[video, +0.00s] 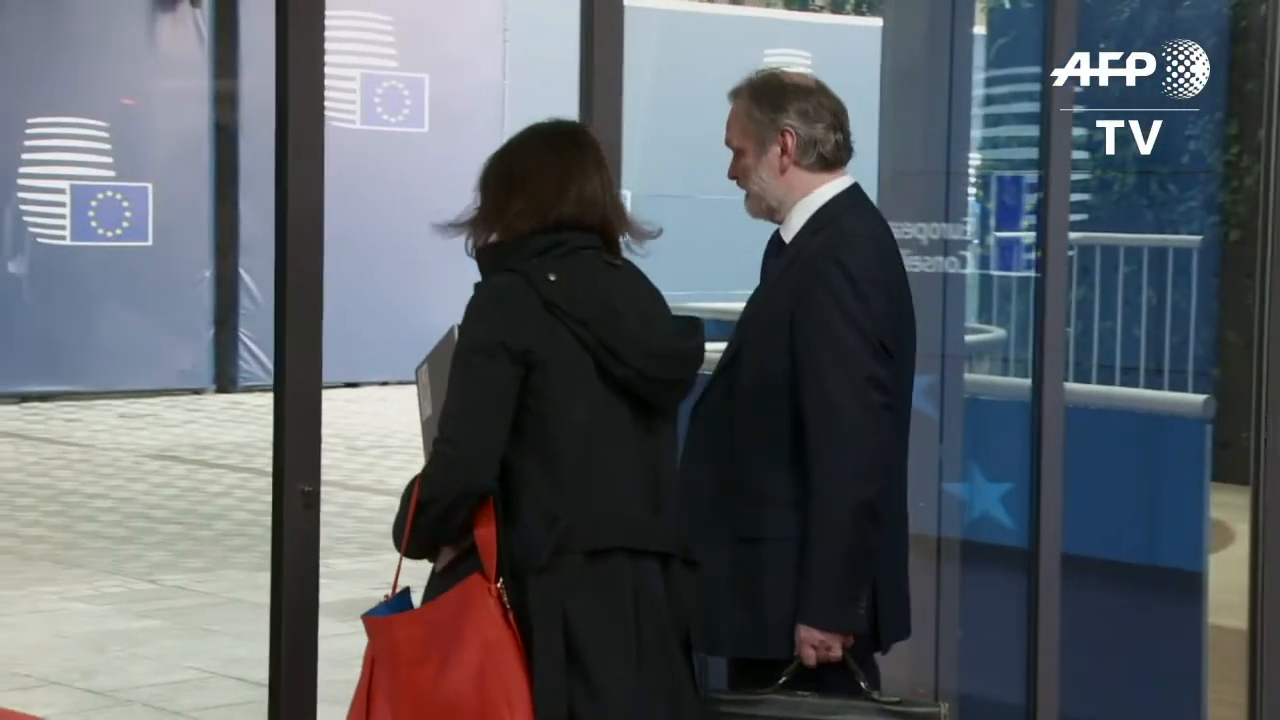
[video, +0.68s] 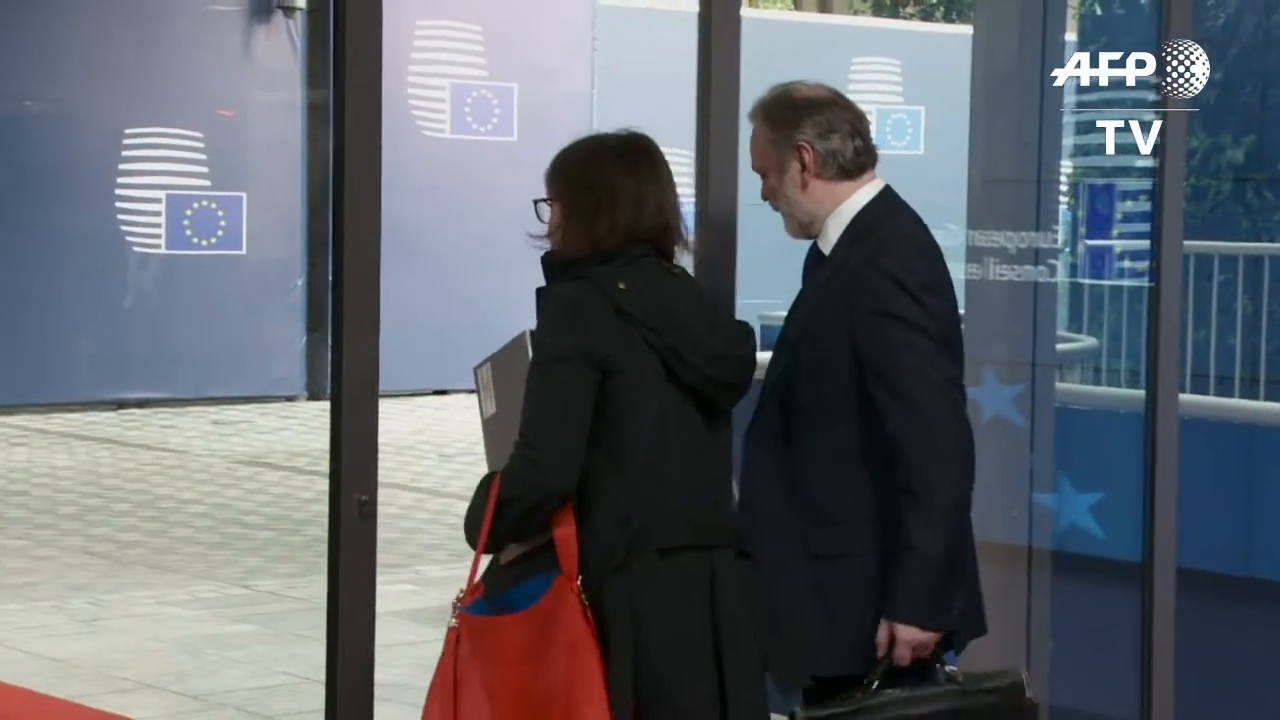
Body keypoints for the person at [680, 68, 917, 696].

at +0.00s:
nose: (732, 170)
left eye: (738, 151)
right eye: (732, 152)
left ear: (783, 150)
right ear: (785, 151)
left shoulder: (835, 255)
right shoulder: (820, 238)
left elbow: (845, 442)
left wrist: (826, 604)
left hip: (797, 600)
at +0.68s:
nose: (763, 194)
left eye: (764, 175)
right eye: (760, 177)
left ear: (805, 162)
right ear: (809, 162)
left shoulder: (884, 258)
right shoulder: (854, 245)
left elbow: (934, 442)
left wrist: (917, 599)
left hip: (867, 608)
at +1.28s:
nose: (765, 206)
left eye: (762, 187)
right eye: (761, 189)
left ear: (790, 172)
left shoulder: (883, 258)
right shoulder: (845, 253)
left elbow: (932, 436)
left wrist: (907, 584)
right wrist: (791, 580)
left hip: (872, 603)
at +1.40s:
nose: (736, 204)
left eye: (736, 186)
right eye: (734, 187)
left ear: (762, 175)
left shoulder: (854, 262)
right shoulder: (819, 257)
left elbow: (904, 438)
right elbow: (812, 445)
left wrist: (880, 585)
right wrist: (762, 579)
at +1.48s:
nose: (719, 205)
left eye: (720, 186)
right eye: (718, 188)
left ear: (743, 178)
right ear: (799, 170)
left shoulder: (833, 264)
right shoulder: (802, 259)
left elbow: (883, 439)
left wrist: (859, 586)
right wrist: (752, 596)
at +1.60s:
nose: (689, 210)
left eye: (689, 191)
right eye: (688, 193)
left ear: (711, 179)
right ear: (770, 176)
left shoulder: (799, 265)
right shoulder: (769, 263)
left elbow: (846, 432)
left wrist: (830, 581)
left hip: (792, 599)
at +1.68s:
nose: (669, 207)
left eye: (668, 188)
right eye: (668, 190)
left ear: (690, 177)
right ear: (751, 172)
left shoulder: (776, 262)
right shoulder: (750, 257)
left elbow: (819, 429)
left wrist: (807, 570)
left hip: (774, 585)